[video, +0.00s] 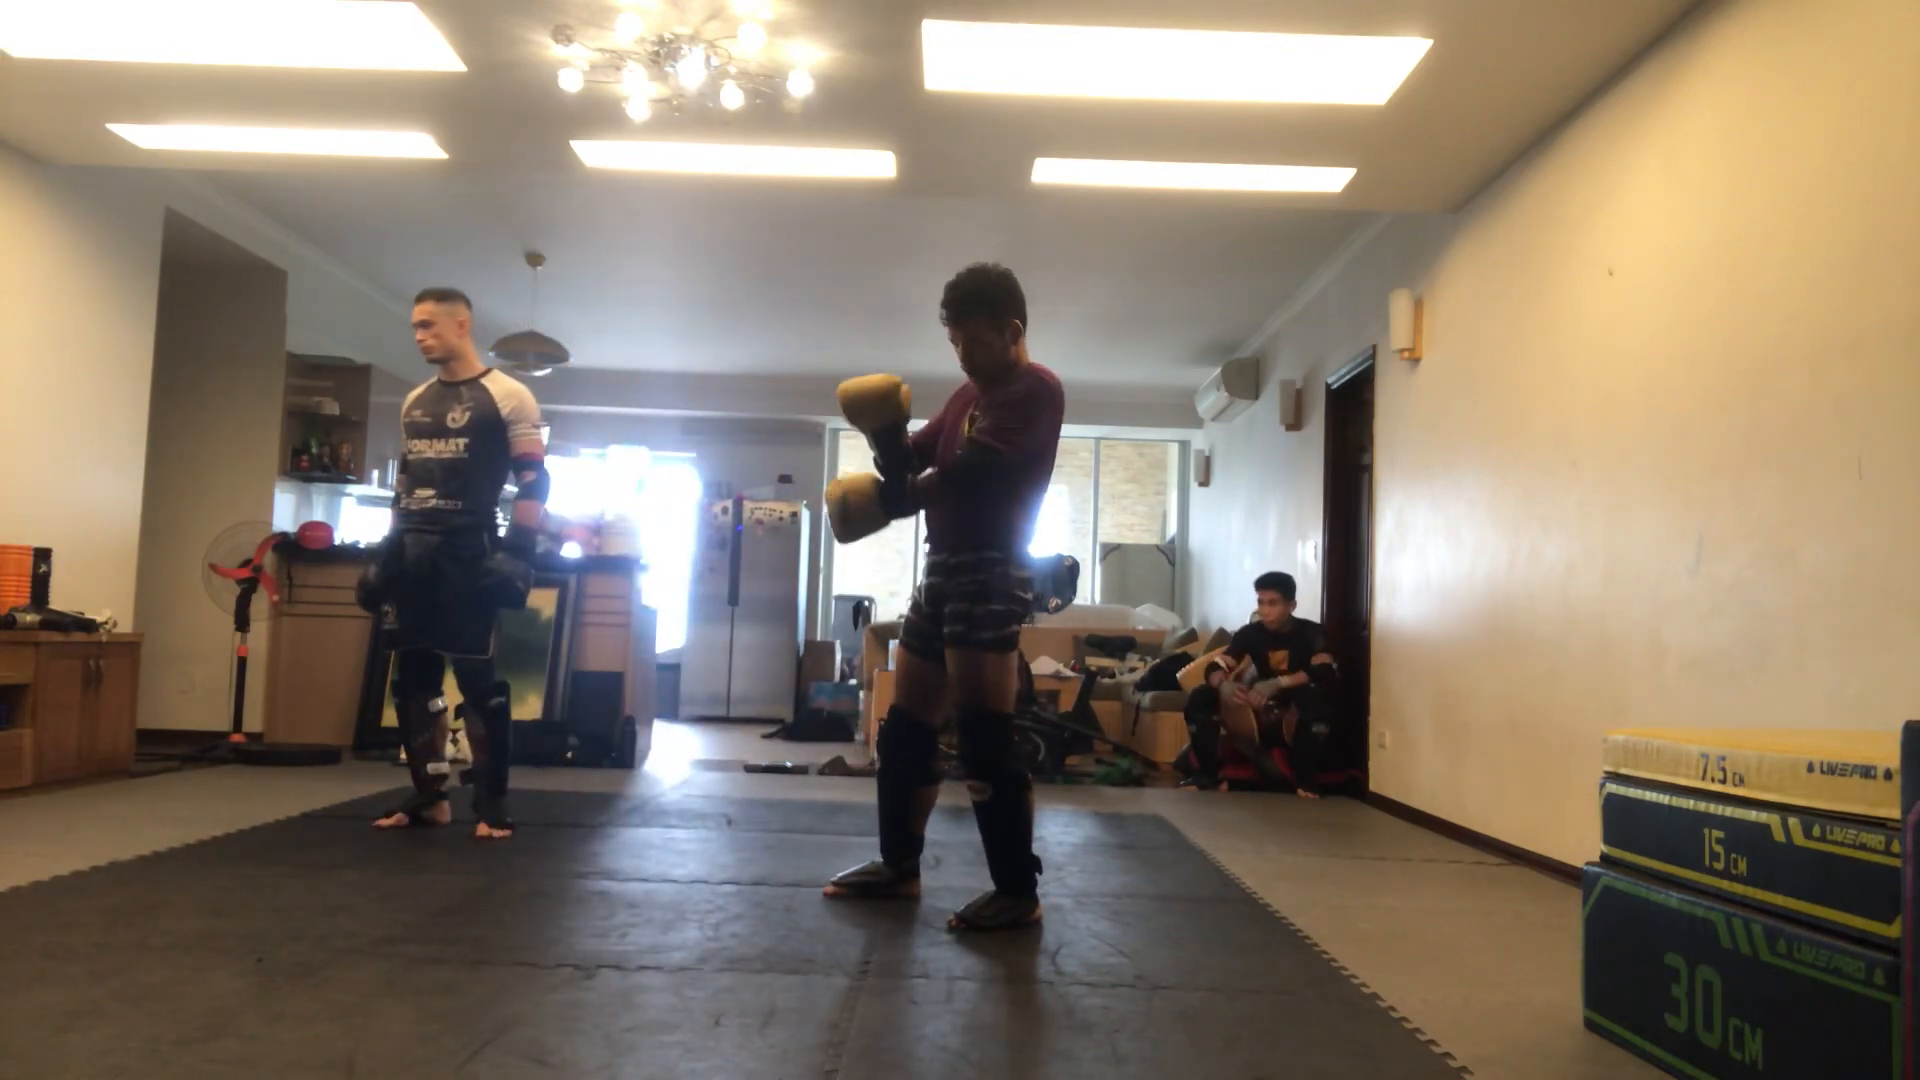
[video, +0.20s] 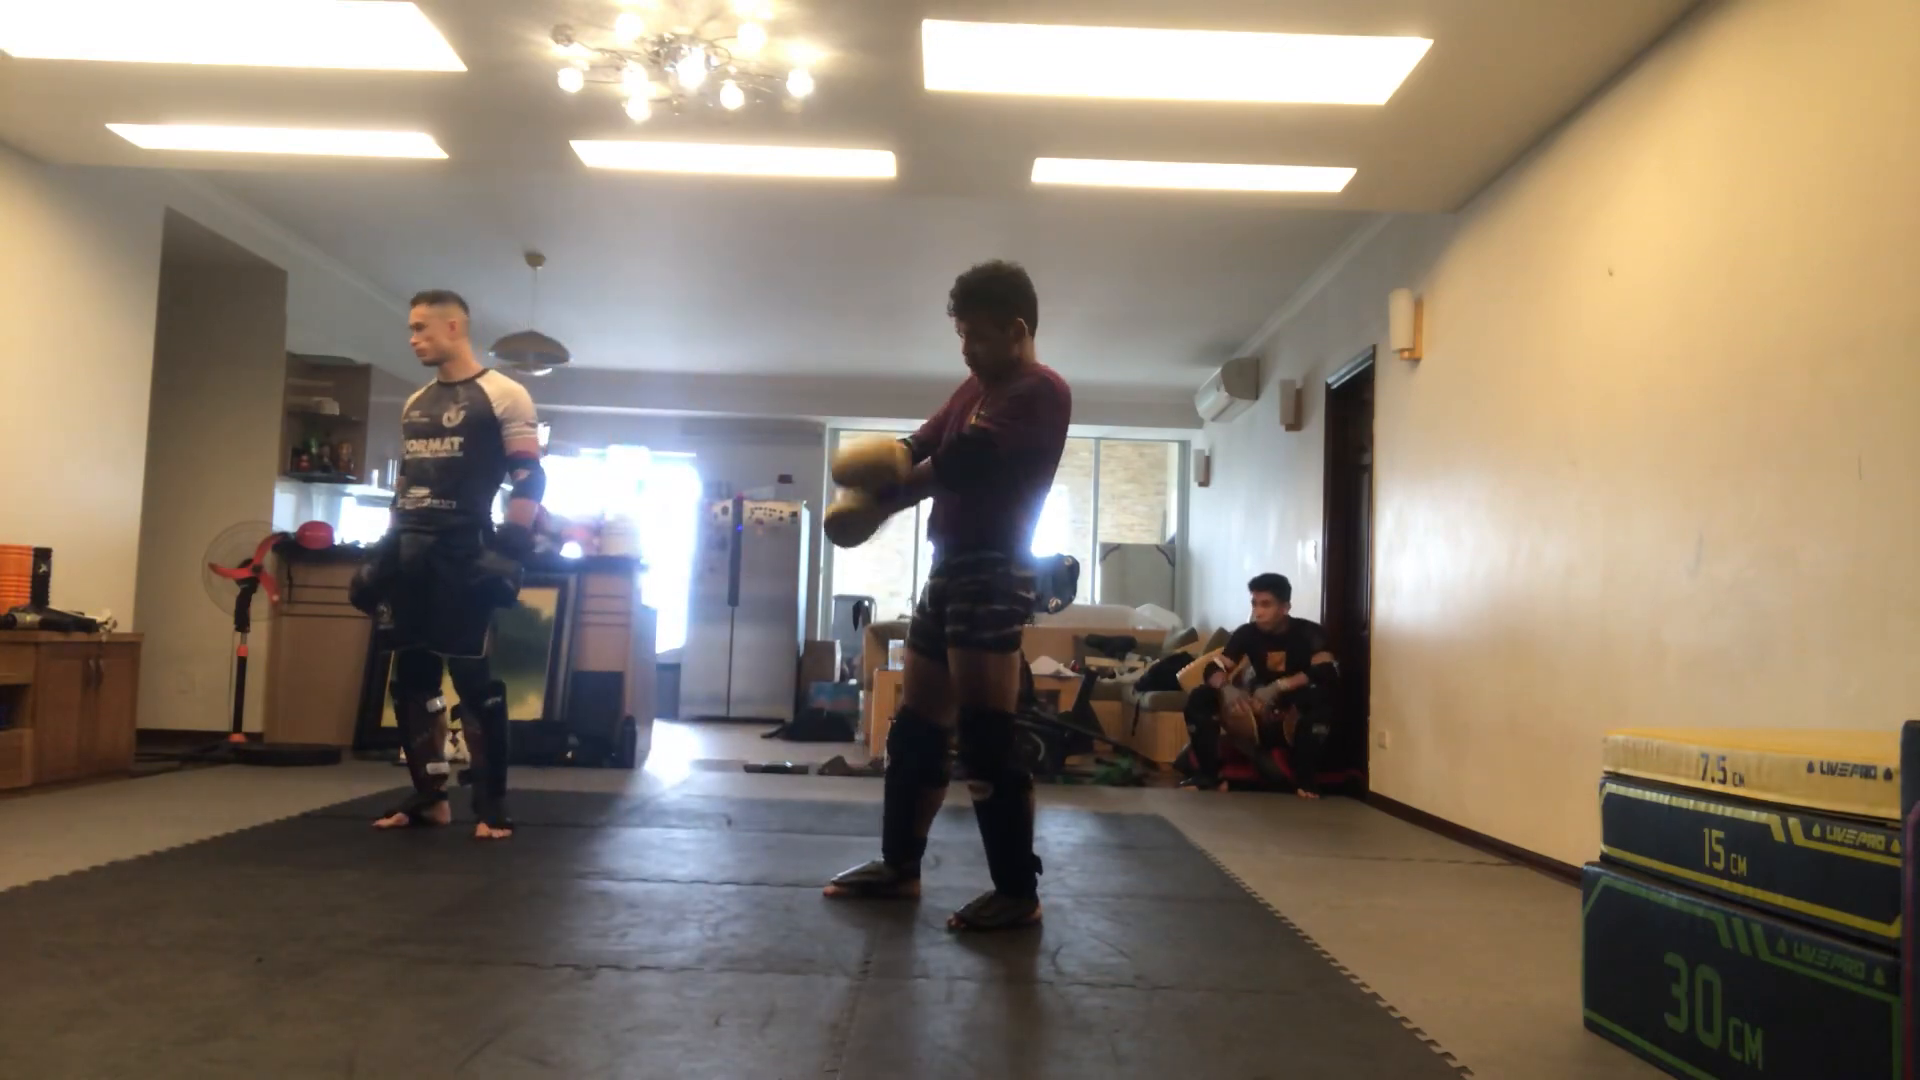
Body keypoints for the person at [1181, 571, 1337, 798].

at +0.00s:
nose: (1264, 610)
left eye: (1272, 604)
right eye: (1261, 603)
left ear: (1291, 605)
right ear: (1257, 603)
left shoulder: (1311, 632)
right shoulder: (1249, 634)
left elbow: (1324, 671)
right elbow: (1214, 669)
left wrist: (1276, 683)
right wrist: (1226, 687)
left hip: (1294, 713)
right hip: (1252, 712)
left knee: (1316, 700)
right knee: (1200, 698)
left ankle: (1305, 781)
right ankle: (1209, 775)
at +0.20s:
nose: (1257, 611)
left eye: (1265, 605)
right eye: (1254, 604)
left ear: (1285, 607)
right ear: (1250, 604)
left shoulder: (1309, 632)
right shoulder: (1246, 633)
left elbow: (1325, 671)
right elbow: (1214, 670)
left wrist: (1276, 688)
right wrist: (1229, 691)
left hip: (1294, 709)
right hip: (1252, 709)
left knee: (1317, 700)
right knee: (1200, 699)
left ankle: (1306, 780)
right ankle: (1209, 775)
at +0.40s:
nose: (1252, 612)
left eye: (1260, 605)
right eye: (1250, 605)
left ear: (1280, 607)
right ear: (1246, 604)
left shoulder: (1305, 630)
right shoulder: (1244, 633)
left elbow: (1325, 668)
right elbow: (1213, 669)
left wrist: (1279, 690)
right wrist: (1227, 691)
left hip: (1292, 716)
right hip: (1252, 715)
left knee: (1317, 701)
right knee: (1200, 699)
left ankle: (1306, 782)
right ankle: (1209, 775)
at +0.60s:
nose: (1251, 612)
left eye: (1258, 605)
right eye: (1248, 605)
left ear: (1279, 607)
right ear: (1244, 604)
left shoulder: (1304, 631)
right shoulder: (1243, 633)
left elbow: (1324, 668)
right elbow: (1212, 669)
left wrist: (1279, 690)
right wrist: (1227, 691)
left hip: (1292, 716)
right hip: (1252, 714)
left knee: (1317, 702)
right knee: (1199, 698)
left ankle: (1307, 782)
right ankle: (1209, 775)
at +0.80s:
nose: (1250, 611)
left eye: (1257, 604)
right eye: (1247, 604)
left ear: (1278, 606)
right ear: (1244, 604)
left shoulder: (1303, 631)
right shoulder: (1243, 632)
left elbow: (1324, 668)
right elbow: (1212, 669)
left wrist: (1278, 691)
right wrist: (1227, 691)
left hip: (1293, 713)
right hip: (1252, 712)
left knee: (1317, 702)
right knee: (1198, 699)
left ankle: (1307, 781)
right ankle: (1208, 775)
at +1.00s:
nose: (1250, 610)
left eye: (1257, 603)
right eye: (1248, 603)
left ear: (1279, 605)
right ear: (1245, 603)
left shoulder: (1303, 631)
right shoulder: (1242, 632)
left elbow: (1324, 667)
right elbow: (1211, 669)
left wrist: (1277, 691)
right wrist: (1224, 689)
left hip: (1294, 708)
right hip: (1252, 708)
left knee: (1317, 704)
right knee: (1197, 699)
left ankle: (1307, 781)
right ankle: (1208, 775)